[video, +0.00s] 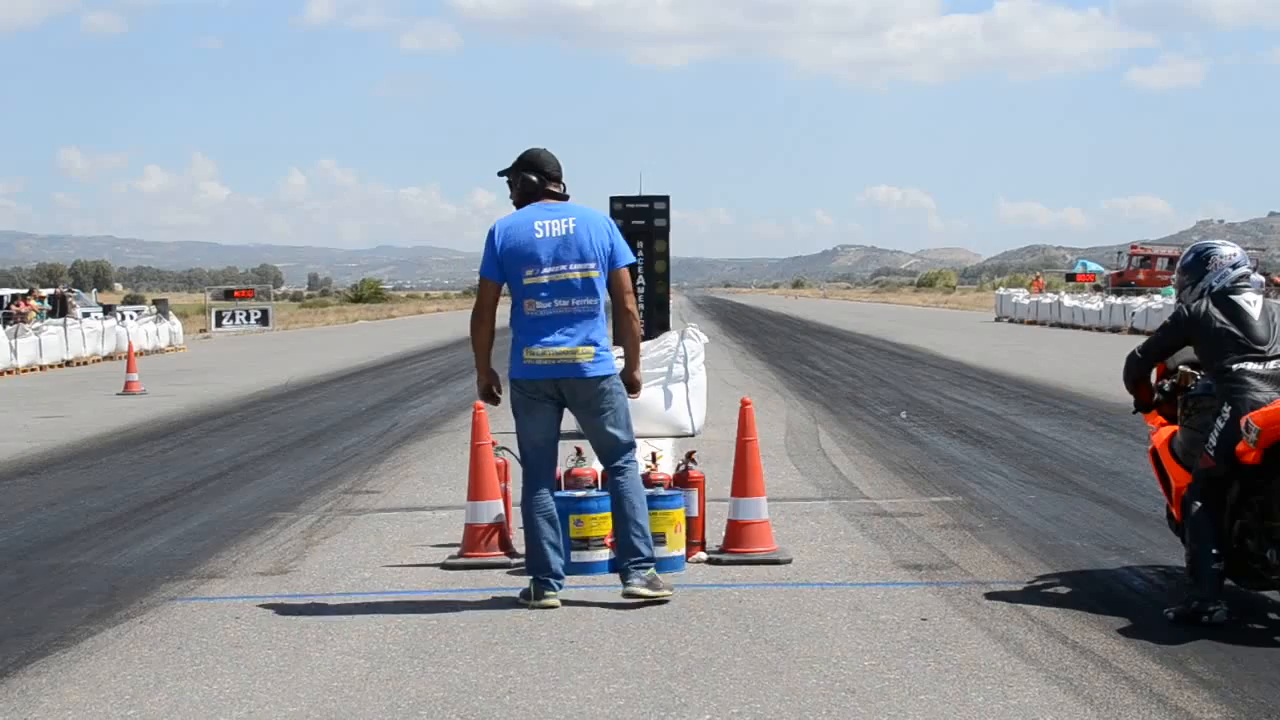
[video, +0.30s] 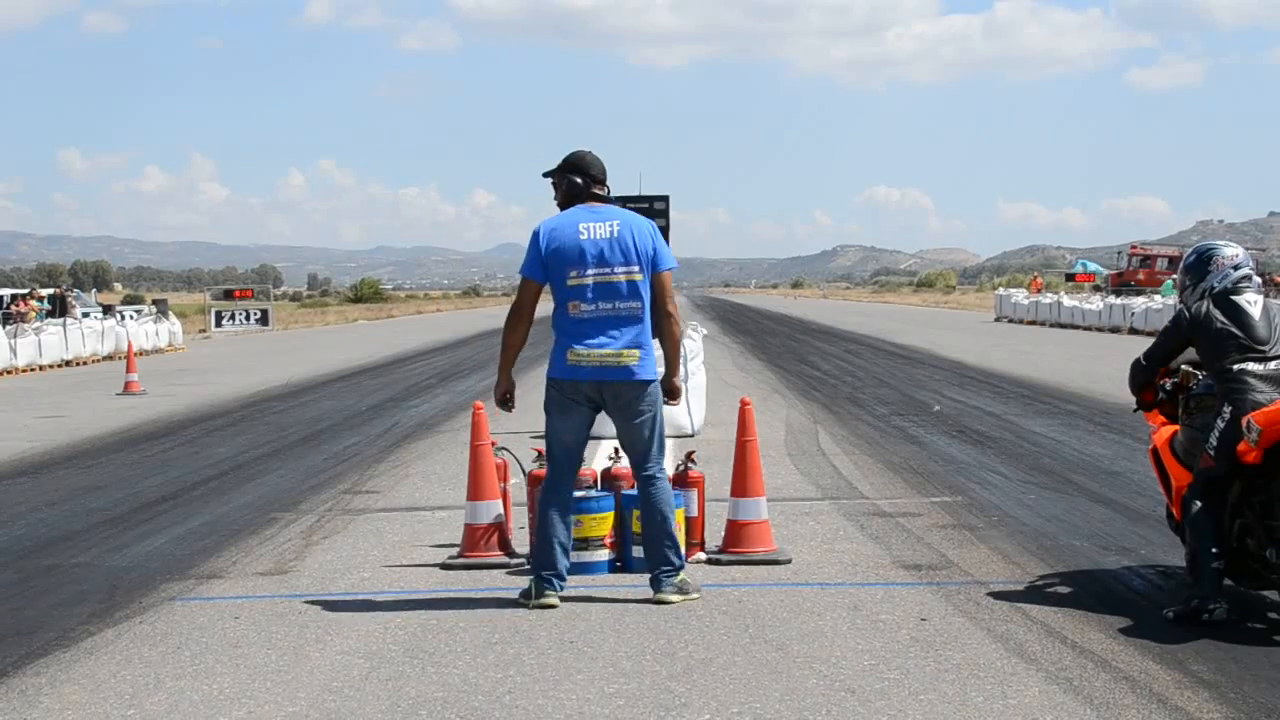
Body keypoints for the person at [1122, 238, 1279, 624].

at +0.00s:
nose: (1182, 289)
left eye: (1184, 281)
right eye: (1182, 282)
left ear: (1198, 276)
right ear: (1240, 267)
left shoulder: (1197, 310)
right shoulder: (1269, 302)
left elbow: (1138, 361)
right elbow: (1255, 351)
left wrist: (1146, 398)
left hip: (1244, 404)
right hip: (1279, 398)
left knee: (1200, 496)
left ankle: (1207, 598)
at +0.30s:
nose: (1183, 290)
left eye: (1185, 282)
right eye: (1183, 283)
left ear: (1198, 277)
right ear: (1242, 268)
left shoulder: (1197, 311)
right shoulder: (1270, 304)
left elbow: (1145, 368)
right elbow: (1258, 354)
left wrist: (1148, 396)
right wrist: (1213, 380)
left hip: (1245, 404)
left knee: (1199, 495)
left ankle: (1207, 596)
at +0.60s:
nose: (1185, 288)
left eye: (1189, 280)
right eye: (1186, 281)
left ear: (1203, 277)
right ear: (1243, 269)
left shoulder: (1198, 310)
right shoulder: (1270, 304)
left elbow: (1137, 359)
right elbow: (1258, 354)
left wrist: (1148, 397)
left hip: (1243, 405)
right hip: (1279, 400)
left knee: (1200, 495)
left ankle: (1207, 595)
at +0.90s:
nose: (1186, 287)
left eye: (1189, 280)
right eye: (1187, 280)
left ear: (1205, 276)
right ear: (1243, 268)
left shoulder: (1199, 309)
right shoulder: (1270, 302)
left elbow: (1139, 358)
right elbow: (1257, 353)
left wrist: (1147, 397)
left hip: (1244, 405)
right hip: (1279, 399)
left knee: (1200, 493)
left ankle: (1206, 594)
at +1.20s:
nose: (1187, 287)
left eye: (1191, 280)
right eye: (1188, 280)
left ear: (1207, 275)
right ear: (1241, 267)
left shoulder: (1202, 306)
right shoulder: (1271, 300)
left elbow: (1144, 356)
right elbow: (1258, 352)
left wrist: (1148, 395)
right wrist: (1218, 379)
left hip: (1245, 402)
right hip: (1279, 397)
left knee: (1200, 490)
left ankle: (1204, 591)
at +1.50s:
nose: (1188, 288)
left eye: (1191, 280)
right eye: (1188, 281)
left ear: (1208, 275)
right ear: (1240, 266)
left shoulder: (1204, 306)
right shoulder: (1270, 298)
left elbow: (1146, 357)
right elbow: (1258, 352)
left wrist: (1150, 396)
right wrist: (1217, 380)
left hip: (1247, 404)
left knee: (1200, 492)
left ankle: (1207, 593)